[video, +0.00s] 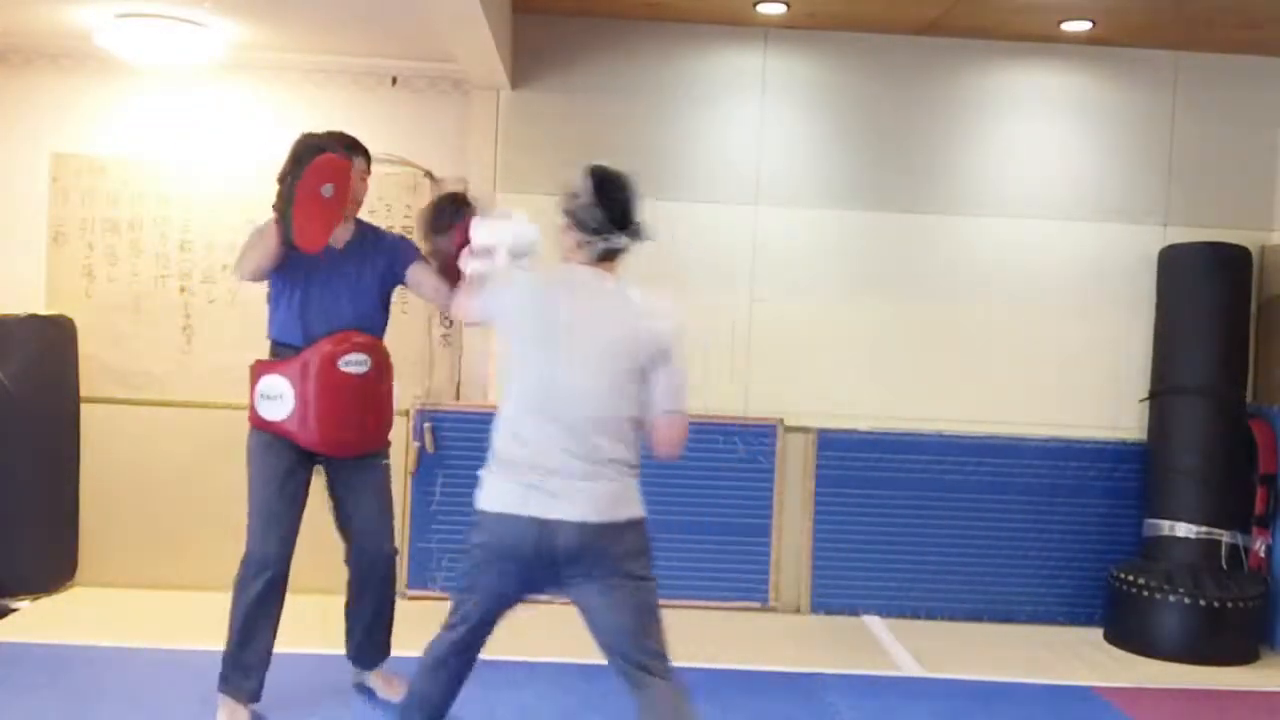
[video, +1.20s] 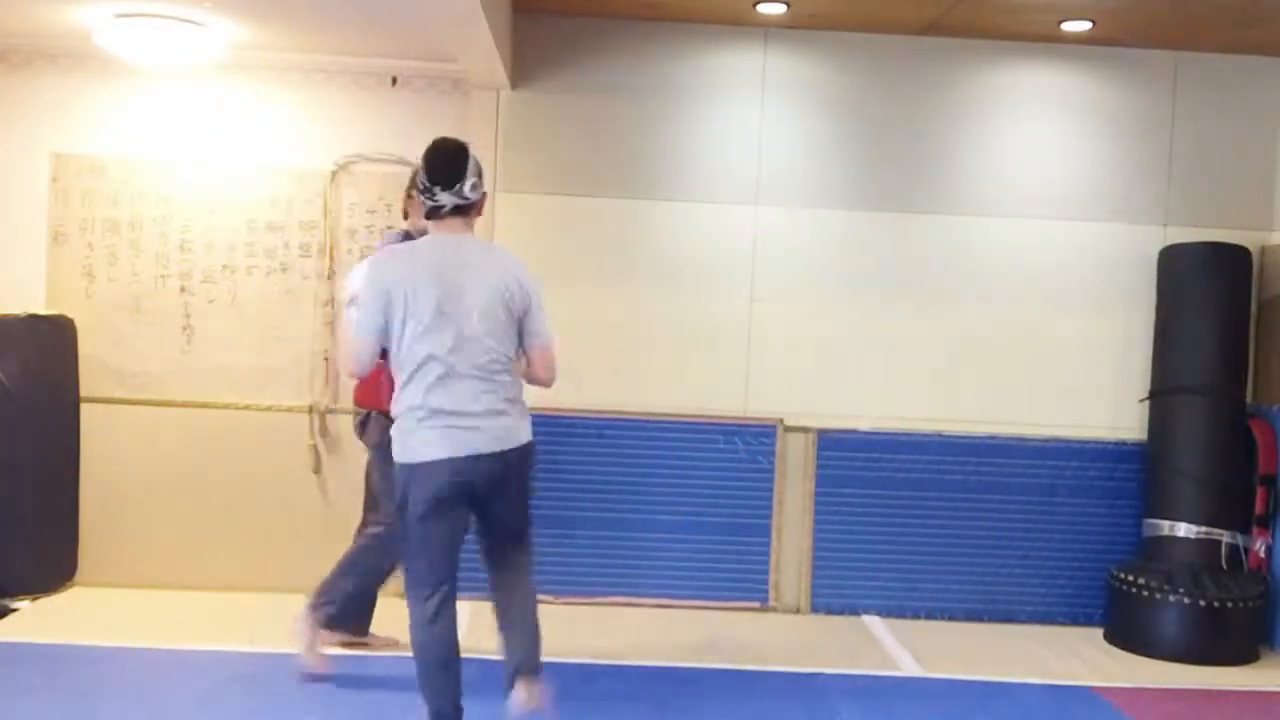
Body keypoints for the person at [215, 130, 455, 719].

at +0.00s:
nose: (351, 188)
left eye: (359, 177)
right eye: (339, 176)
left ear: (366, 184)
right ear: (308, 180)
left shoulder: (385, 247)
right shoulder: (284, 237)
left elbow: (451, 298)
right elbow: (249, 269)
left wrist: (471, 252)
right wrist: (292, 213)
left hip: (357, 407)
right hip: (284, 403)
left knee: (376, 548)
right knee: (268, 552)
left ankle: (368, 665)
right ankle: (236, 693)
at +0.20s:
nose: (369, 195)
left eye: (376, 185)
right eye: (358, 182)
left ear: (379, 194)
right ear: (327, 185)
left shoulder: (383, 252)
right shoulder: (299, 236)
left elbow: (419, 297)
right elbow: (334, 271)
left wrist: (423, 225)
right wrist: (376, 226)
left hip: (352, 409)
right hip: (290, 406)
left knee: (365, 542)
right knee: (292, 543)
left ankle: (372, 665)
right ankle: (257, 652)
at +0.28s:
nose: (364, 206)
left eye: (369, 197)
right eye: (353, 195)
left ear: (368, 201)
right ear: (320, 196)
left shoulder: (351, 260)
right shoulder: (299, 244)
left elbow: (369, 337)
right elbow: (327, 285)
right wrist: (390, 255)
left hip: (339, 426)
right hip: (287, 422)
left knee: (374, 529)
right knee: (279, 543)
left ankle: (370, 658)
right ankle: (246, 656)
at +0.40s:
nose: (363, 208)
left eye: (369, 198)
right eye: (353, 197)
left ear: (369, 203)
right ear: (321, 199)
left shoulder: (343, 263)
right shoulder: (302, 255)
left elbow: (342, 334)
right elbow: (301, 333)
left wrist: (379, 356)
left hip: (333, 422)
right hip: (295, 421)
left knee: (378, 516)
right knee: (291, 537)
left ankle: (363, 634)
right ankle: (245, 654)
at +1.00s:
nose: (411, 211)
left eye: (413, 201)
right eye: (403, 201)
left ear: (408, 204)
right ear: (382, 203)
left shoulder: (419, 259)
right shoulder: (361, 260)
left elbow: (430, 327)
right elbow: (362, 343)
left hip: (402, 411)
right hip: (360, 409)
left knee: (377, 522)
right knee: (341, 522)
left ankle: (346, 625)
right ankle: (262, 637)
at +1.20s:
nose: (433, 211)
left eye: (431, 201)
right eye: (428, 201)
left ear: (411, 203)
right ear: (413, 203)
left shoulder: (404, 260)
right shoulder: (401, 259)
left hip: (387, 406)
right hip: (388, 408)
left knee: (384, 517)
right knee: (392, 520)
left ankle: (352, 623)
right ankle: (322, 610)